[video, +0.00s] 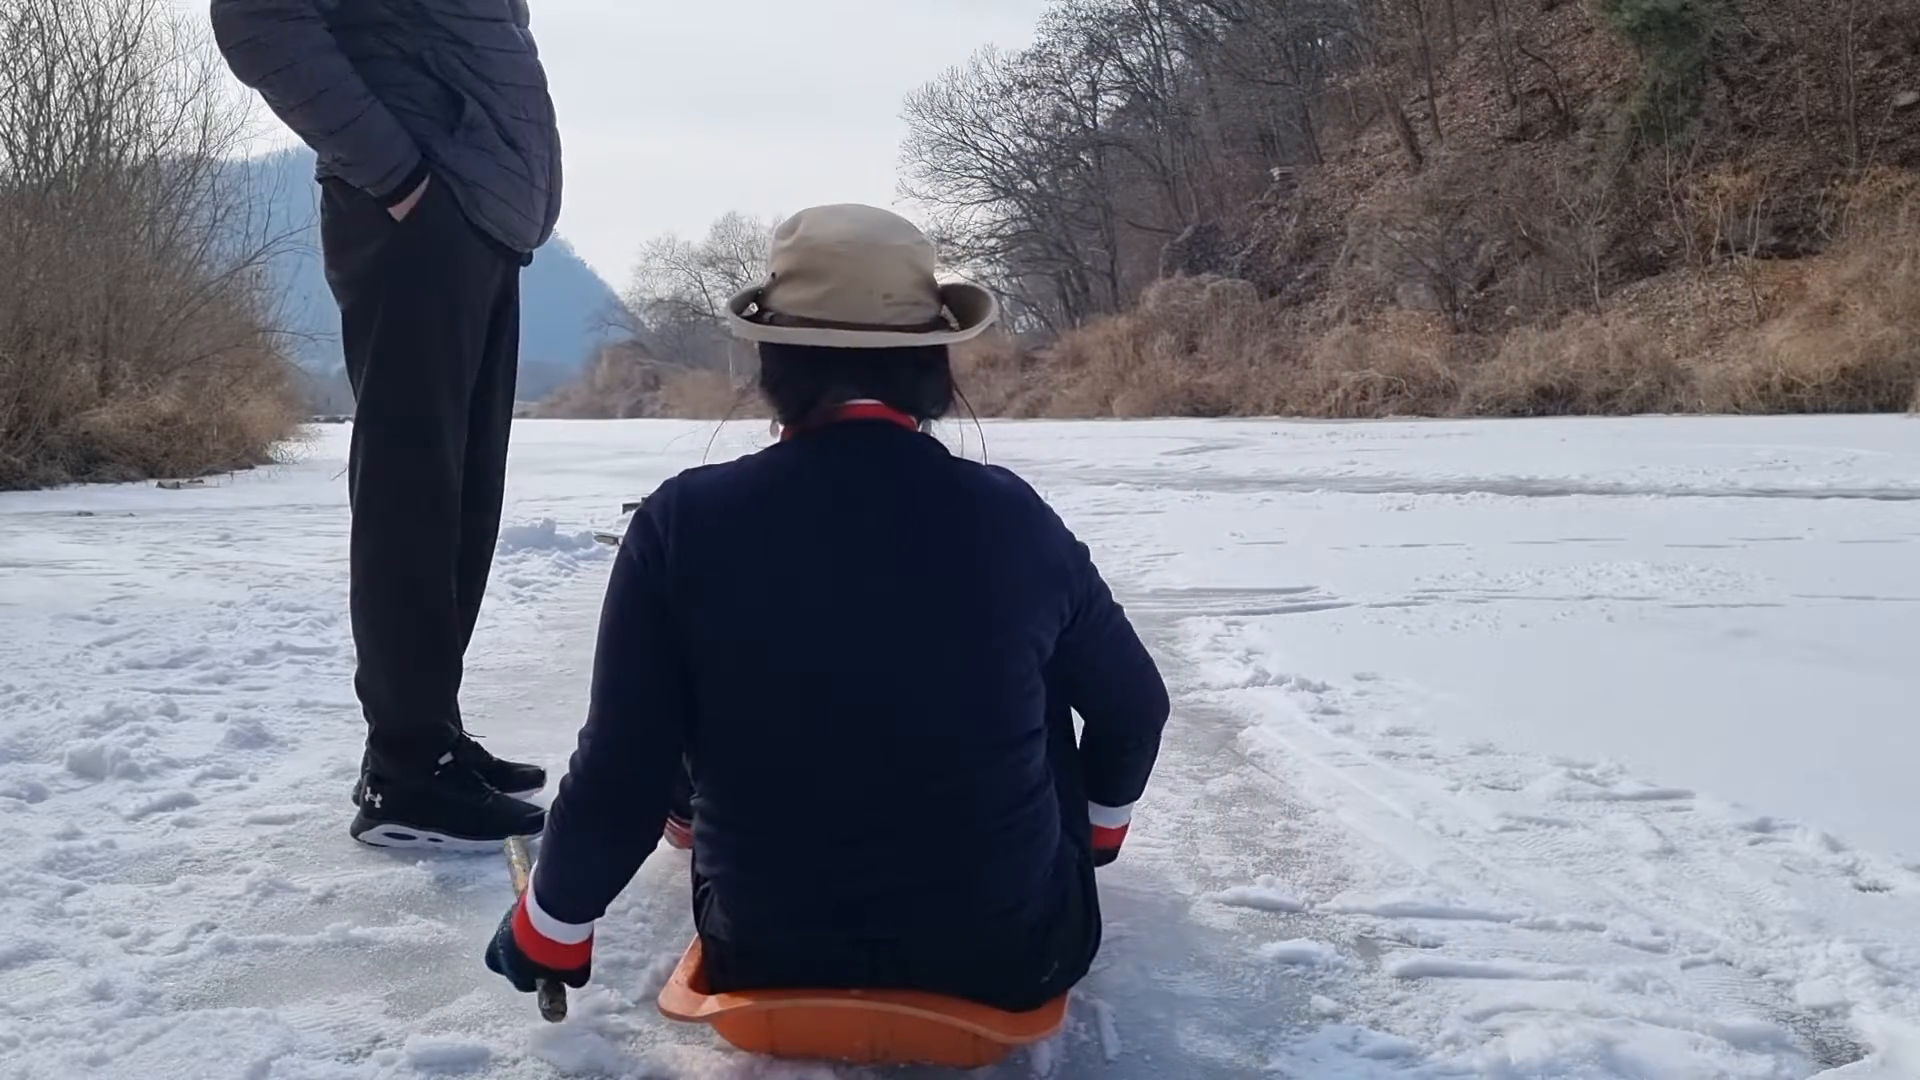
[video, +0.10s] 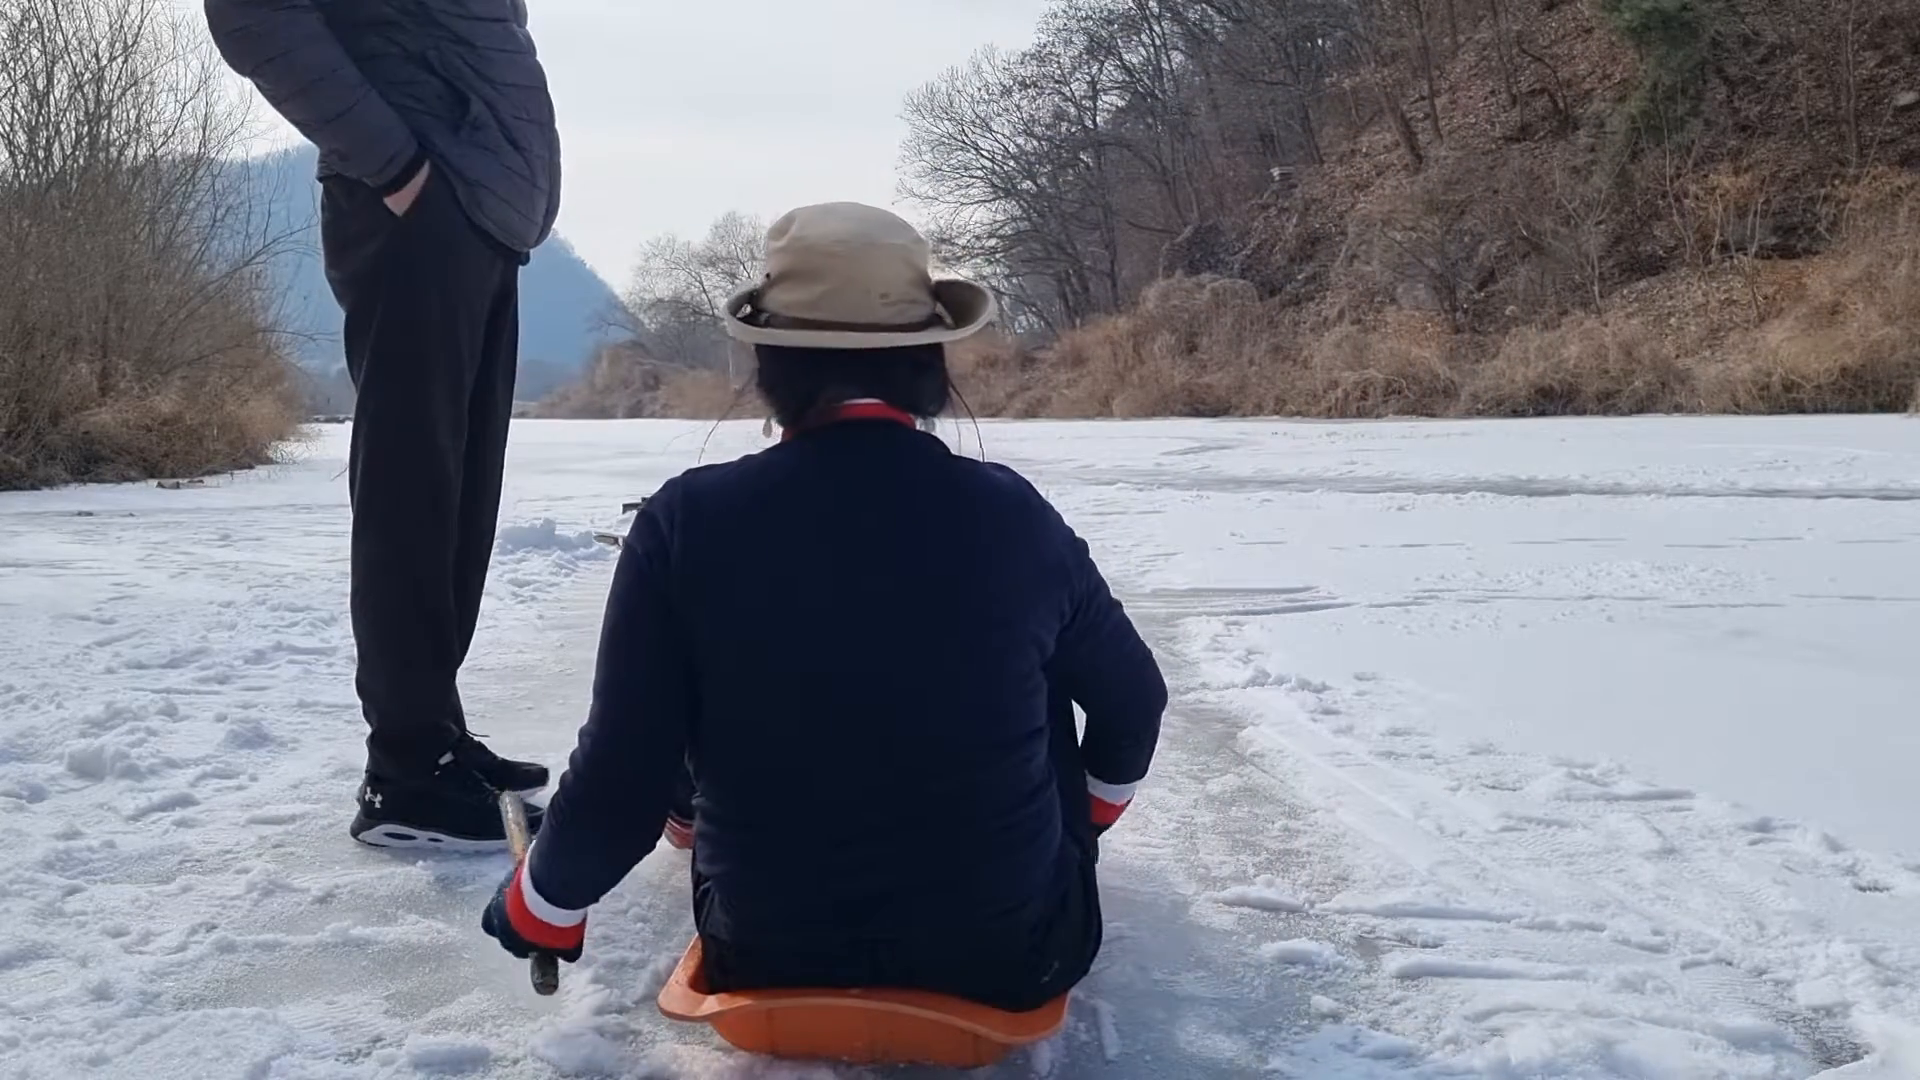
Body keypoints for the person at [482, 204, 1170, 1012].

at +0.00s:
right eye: (947, 355)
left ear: (774, 373)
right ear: (936, 371)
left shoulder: (684, 520)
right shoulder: (1013, 515)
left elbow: (625, 760)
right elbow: (1133, 703)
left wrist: (550, 924)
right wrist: (1089, 827)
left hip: (767, 949)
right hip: (993, 957)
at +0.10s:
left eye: (758, 359)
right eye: (943, 352)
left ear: (771, 373)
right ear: (932, 369)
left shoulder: (688, 519)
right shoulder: (1012, 513)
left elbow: (626, 763)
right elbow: (1132, 691)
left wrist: (541, 903)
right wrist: (1086, 807)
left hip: (769, 951)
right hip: (994, 960)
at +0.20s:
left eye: (763, 361)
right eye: (946, 350)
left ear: (775, 376)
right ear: (937, 369)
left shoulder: (692, 518)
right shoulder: (1016, 512)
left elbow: (625, 769)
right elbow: (1131, 681)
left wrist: (541, 883)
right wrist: (1103, 763)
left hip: (769, 956)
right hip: (994, 964)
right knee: (1037, 690)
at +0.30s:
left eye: (774, 360)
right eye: (956, 350)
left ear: (785, 375)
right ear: (946, 368)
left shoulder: (698, 517)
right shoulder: (1023, 513)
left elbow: (630, 768)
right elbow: (1131, 661)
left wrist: (547, 869)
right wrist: (1139, 714)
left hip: (769, 953)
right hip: (992, 962)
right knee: (1035, 660)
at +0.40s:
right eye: (969, 351)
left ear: (798, 375)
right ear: (958, 369)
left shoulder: (709, 511)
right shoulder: (1029, 512)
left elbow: (634, 755)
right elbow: (1112, 626)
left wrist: (556, 851)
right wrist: (1155, 680)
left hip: (769, 951)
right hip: (992, 962)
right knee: (1041, 660)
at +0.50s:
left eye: (803, 351)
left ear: (815, 370)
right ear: (968, 368)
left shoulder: (722, 505)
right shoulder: (1034, 513)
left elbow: (638, 751)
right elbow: (1114, 623)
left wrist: (564, 824)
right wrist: (1151, 648)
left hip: (774, 954)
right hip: (995, 968)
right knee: (1036, 664)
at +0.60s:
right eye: (997, 346)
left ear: (830, 361)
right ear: (986, 365)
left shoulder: (736, 498)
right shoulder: (1043, 512)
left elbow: (640, 761)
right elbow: (1117, 620)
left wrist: (579, 772)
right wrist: (1139, 600)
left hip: (774, 959)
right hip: (997, 968)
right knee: (1036, 663)